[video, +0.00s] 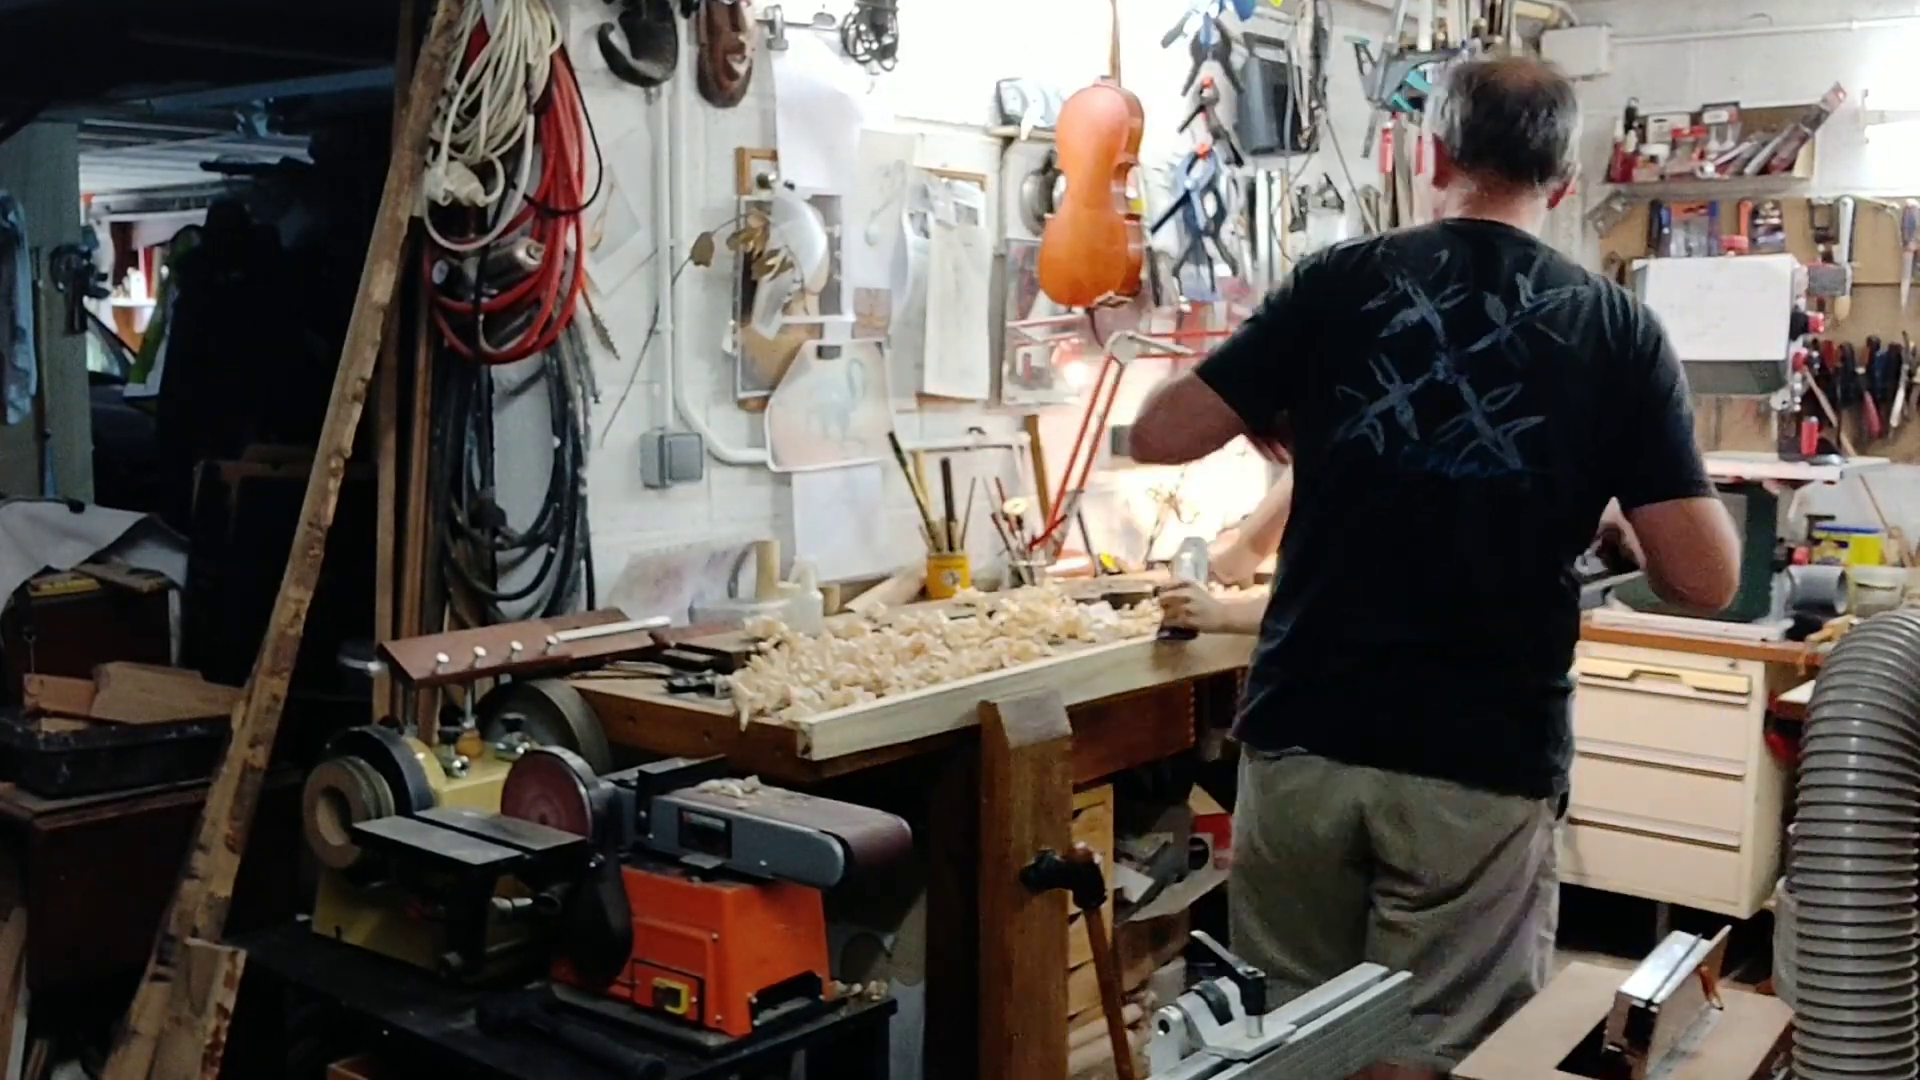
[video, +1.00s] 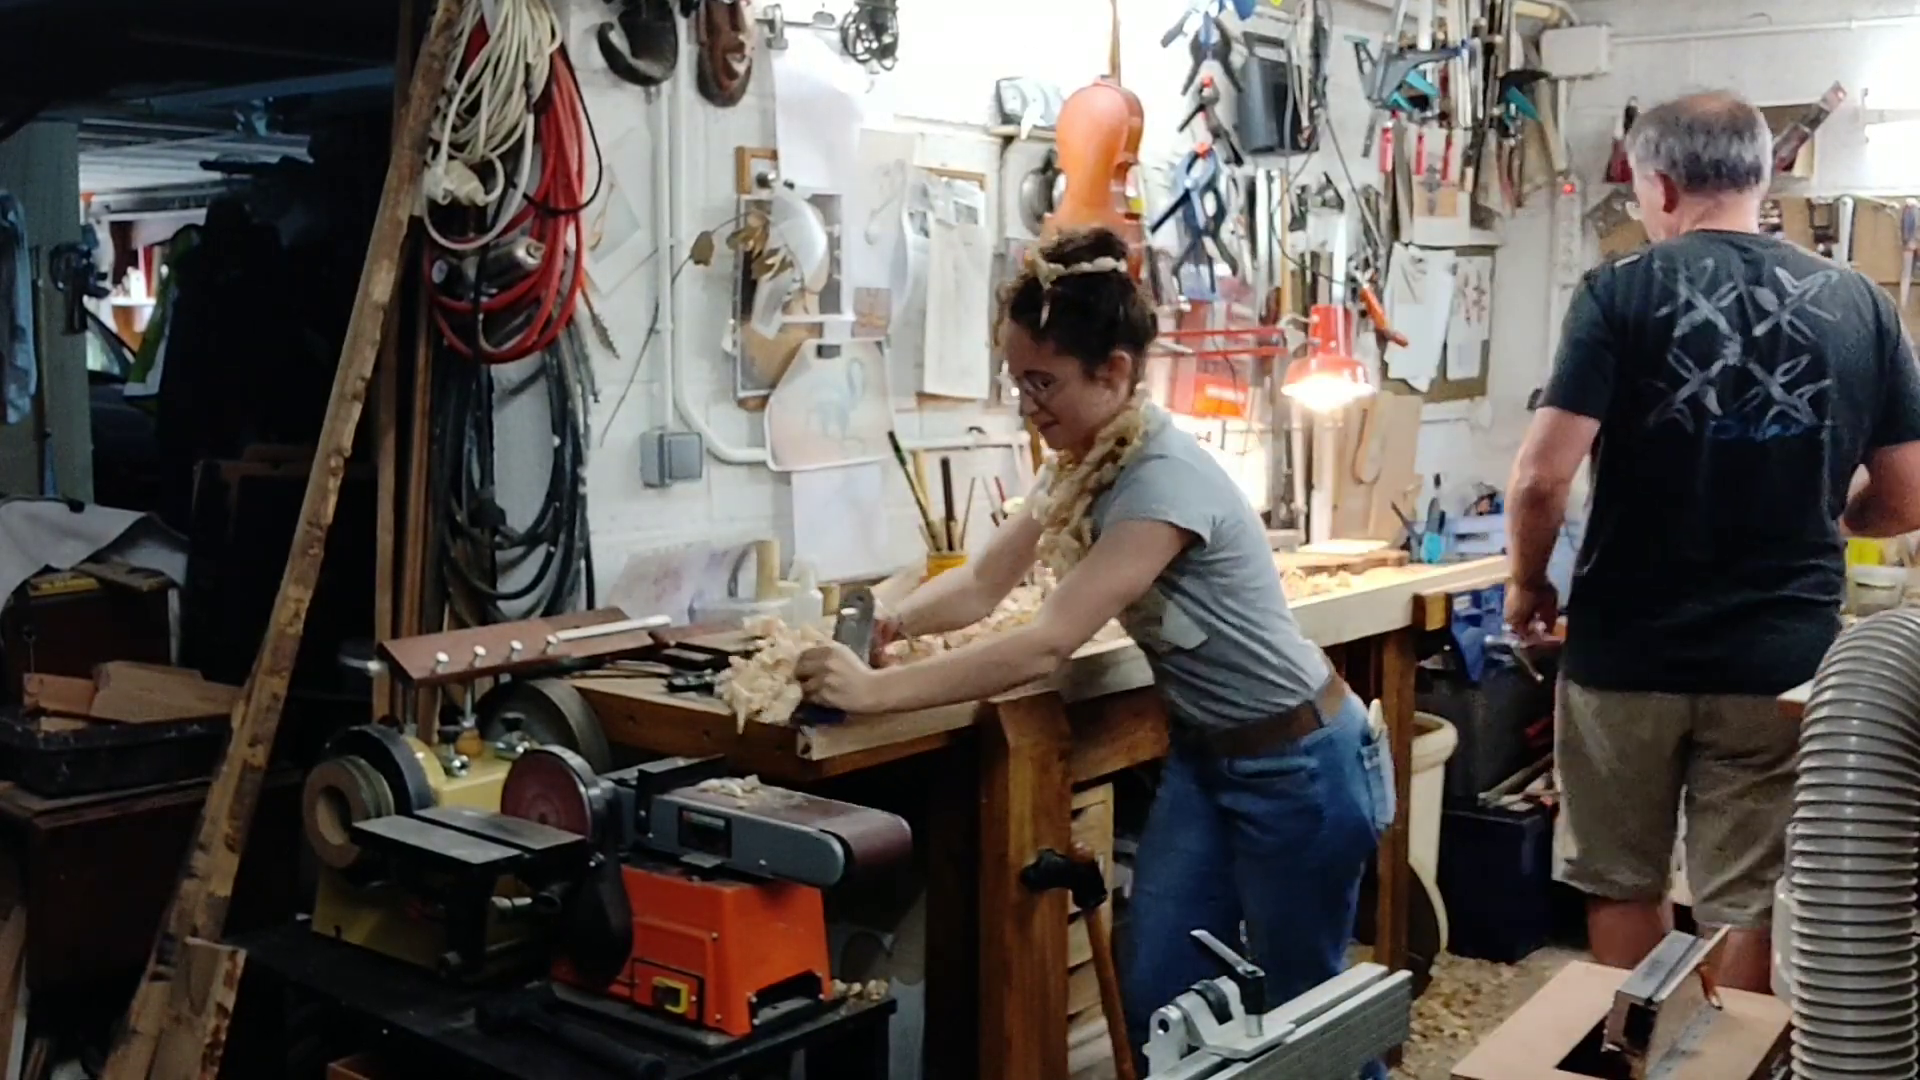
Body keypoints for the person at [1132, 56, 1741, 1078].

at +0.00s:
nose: (1433, 167)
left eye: (1433, 153)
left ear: (1437, 162)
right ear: (1562, 181)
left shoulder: (1337, 280)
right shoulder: (1615, 330)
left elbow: (1155, 434)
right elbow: (1707, 582)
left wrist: (1256, 397)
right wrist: (1631, 524)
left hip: (1302, 736)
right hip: (1482, 764)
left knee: (1280, 1046)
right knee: (1442, 1064)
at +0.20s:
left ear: (1476, 177)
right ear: (1605, 188)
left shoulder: (1384, 281)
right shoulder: (1643, 324)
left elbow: (1208, 425)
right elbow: (1717, 572)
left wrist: (1289, 559)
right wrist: (1665, 529)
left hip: (1354, 689)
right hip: (1517, 717)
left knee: (1363, 993)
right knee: (1453, 1024)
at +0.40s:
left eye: (1477, 209)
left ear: (1483, 210)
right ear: (1605, 208)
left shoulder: (1415, 304)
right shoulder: (1669, 309)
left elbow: (1298, 461)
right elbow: (1748, 532)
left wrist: (1347, 640)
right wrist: (1705, 558)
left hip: (1436, 692)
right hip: (1597, 698)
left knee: (1493, 981)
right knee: (1598, 989)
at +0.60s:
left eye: (1515, 190)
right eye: (1645, 186)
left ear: (1522, 193)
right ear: (1642, 189)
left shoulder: (1471, 292)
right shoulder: (1720, 289)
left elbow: (1382, 455)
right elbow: (1803, 498)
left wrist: (1435, 623)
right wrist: (1734, 533)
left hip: (1517, 678)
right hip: (1680, 677)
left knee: (1521, 968)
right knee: (1715, 959)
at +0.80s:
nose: (1585, 217)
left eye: (1585, 202)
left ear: (1597, 205)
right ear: (1712, 198)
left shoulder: (1553, 307)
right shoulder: (1800, 308)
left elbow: (1467, 488)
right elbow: (1870, 517)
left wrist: (1480, 644)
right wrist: (1792, 539)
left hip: (1577, 680)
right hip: (1738, 689)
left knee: (1572, 950)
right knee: (1727, 965)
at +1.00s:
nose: (1639, 211)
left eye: (1639, 192)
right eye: (1637, 194)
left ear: (1663, 188)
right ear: (1764, 184)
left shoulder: (1621, 291)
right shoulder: (1857, 302)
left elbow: (1540, 477)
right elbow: (1900, 504)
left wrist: (1527, 581)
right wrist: (1807, 502)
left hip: (1627, 641)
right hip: (1780, 646)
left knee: (1622, 890)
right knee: (1747, 908)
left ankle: (1628, 1075)